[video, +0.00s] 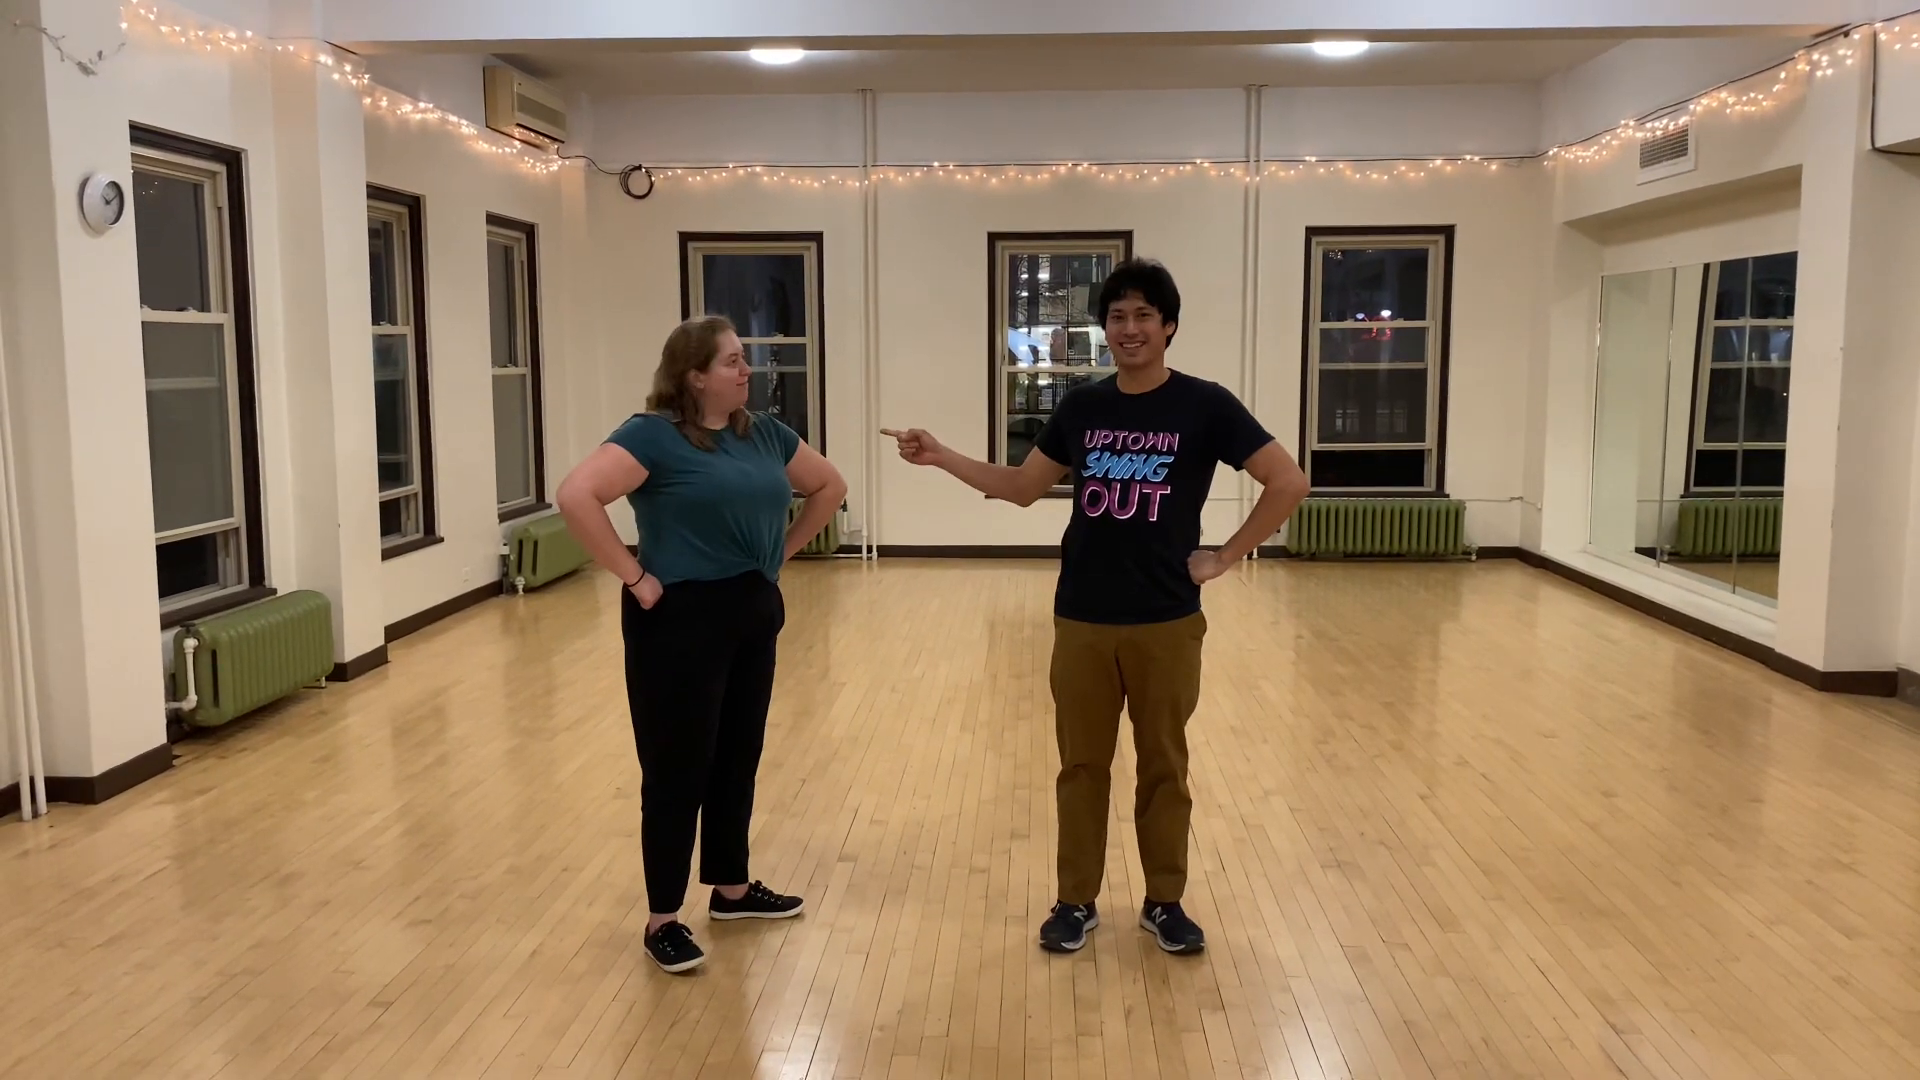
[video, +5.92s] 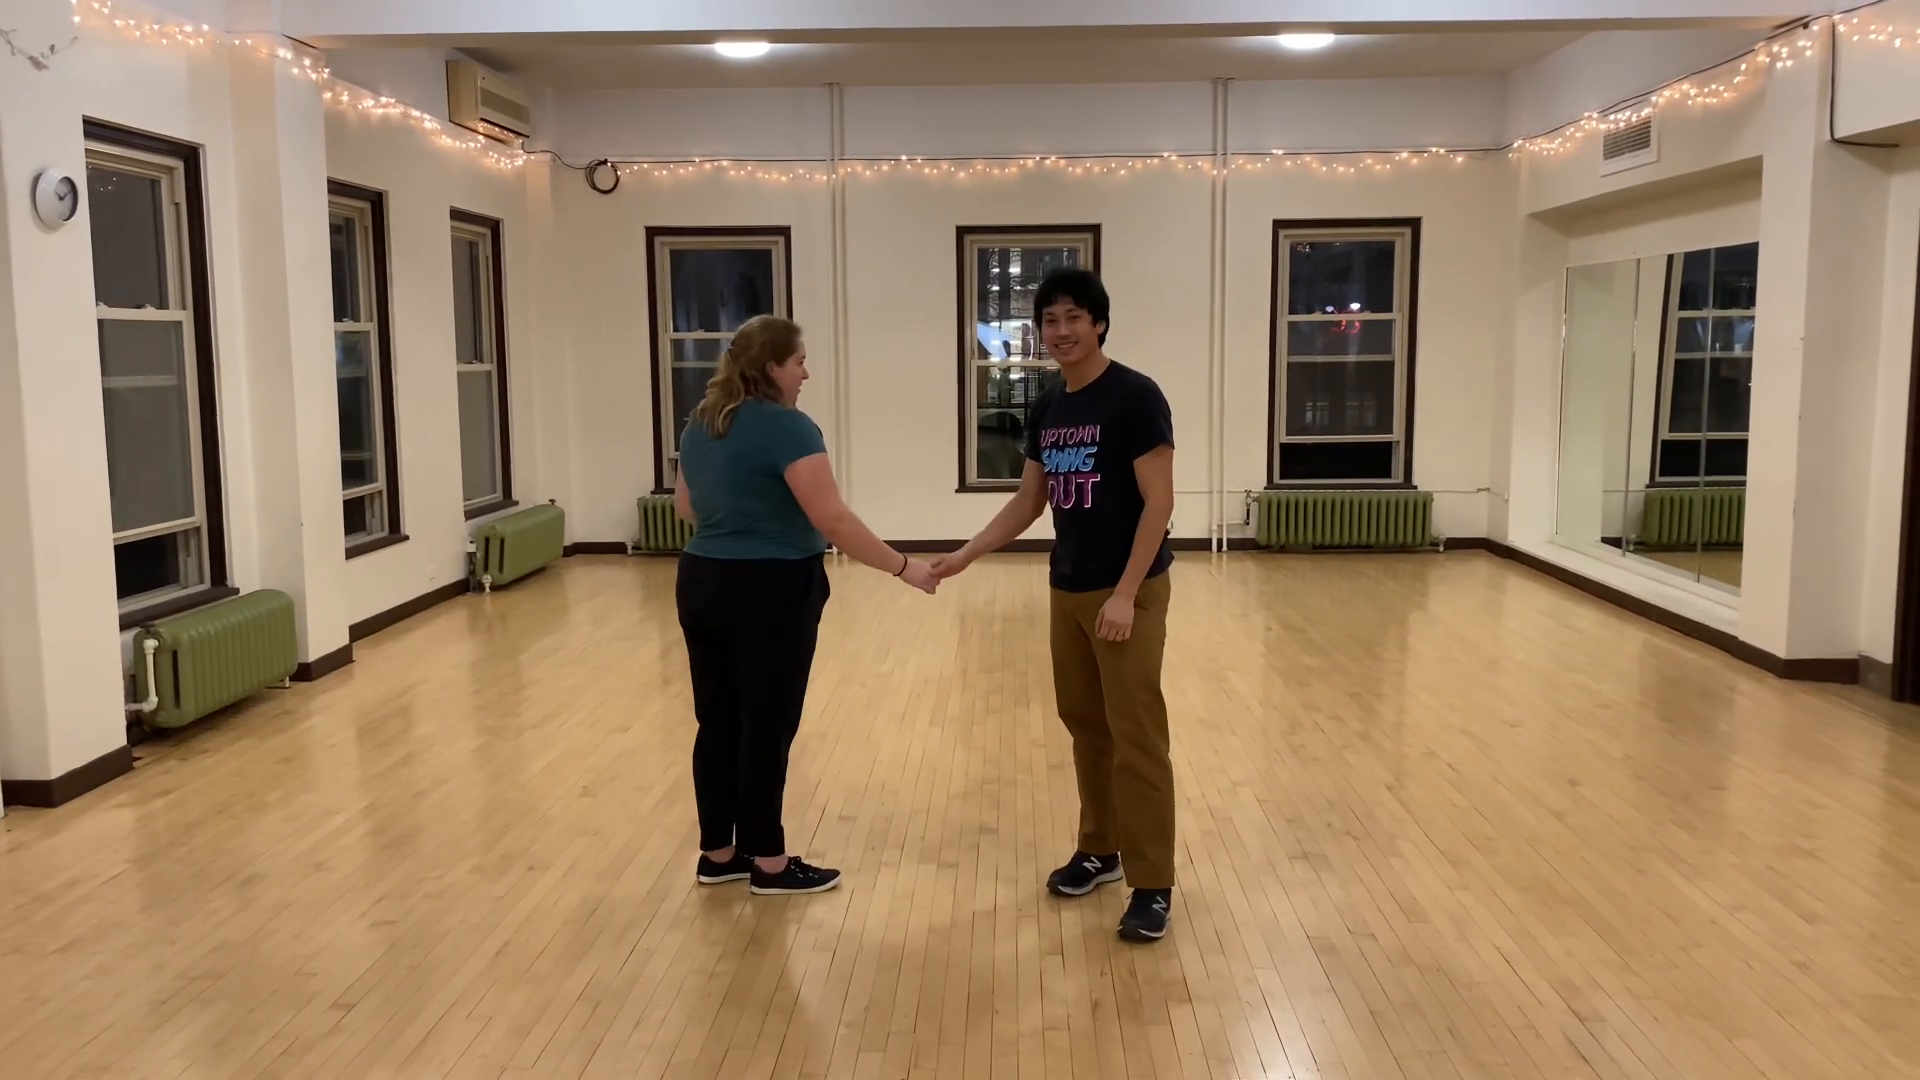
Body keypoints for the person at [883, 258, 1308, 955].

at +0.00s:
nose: (1129, 329)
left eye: (1144, 316)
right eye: (1117, 317)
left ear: (1169, 326)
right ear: (1103, 329)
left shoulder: (1206, 406)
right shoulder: (1081, 408)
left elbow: (1289, 482)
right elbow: (1022, 485)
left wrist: (1227, 554)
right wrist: (940, 455)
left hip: (1167, 618)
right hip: (1083, 616)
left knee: (1164, 767)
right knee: (1080, 767)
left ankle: (1164, 902)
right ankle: (1075, 900)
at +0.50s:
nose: (1122, 329)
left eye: (1136, 317)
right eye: (1110, 318)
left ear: (1162, 326)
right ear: (1096, 330)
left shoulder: (1199, 406)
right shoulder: (1078, 409)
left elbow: (1281, 484)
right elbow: (1025, 507)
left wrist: (1220, 558)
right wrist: (1039, 451)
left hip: (1160, 621)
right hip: (1078, 620)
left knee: (1159, 770)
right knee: (1077, 768)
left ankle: (1160, 903)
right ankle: (1071, 902)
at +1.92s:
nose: (1108, 340)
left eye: (1121, 326)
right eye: (1096, 329)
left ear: (1151, 333)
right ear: (1087, 342)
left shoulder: (1198, 402)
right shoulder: (1074, 428)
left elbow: (1260, 480)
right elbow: (1066, 547)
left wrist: (1259, 571)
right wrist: (1070, 519)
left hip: (1197, 620)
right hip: (1117, 626)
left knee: (1170, 771)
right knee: (1096, 771)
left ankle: (1149, 905)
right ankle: (1062, 904)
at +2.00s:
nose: (1107, 337)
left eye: (1120, 324)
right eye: (1100, 327)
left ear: (1160, 332)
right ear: (1095, 336)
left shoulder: (1207, 408)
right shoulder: (1079, 423)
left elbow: (1246, 507)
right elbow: (1055, 527)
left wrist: (1263, 602)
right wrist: (1068, 581)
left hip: (1191, 624)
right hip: (1109, 626)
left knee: (1166, 773)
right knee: (1090, 772)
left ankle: (1149, 905)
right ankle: (1064, 903)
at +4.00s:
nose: (1114, 341)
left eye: (1127, 332)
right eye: (1113, 328)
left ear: (1166, 340)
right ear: (1118, 329)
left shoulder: (1212, 410)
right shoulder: (1097, 399)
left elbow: (1241, 516)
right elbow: (1071, 493)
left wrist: (1237, 608)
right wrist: (1065, 578)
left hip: (1175, 597)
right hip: (1098, 595)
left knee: (1185, 726)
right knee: (1102, 728)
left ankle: (1196, 853)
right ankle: (1112, 854)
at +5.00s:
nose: (1043, 343)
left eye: (1051, 331)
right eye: (1042, 331)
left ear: (1089, 332)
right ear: (1074, 334)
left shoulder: (1147, 403)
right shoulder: (1064, 405)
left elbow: (1168, 511)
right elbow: (1049, 497)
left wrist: (1138, 602)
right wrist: (982, 537)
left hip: (1128, 598)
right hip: (1068, 596)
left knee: (1141, 739)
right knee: (1090, 730)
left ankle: (1160, 885)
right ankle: (1107, 851)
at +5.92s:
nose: (1062, 331)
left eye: (1074, 319)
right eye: (1051, 321)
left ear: (1100, 323)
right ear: (1040, 331)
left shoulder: (1137, 398)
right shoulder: (1047, 407)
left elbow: (1159, 504)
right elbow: (1029, 500)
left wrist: (1125, 593)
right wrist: (962, 557)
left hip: (1129, 595)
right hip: (1070, 594)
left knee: (1136, 738)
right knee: (1086, 728)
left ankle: (1152, 884)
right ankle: (1100, 850)